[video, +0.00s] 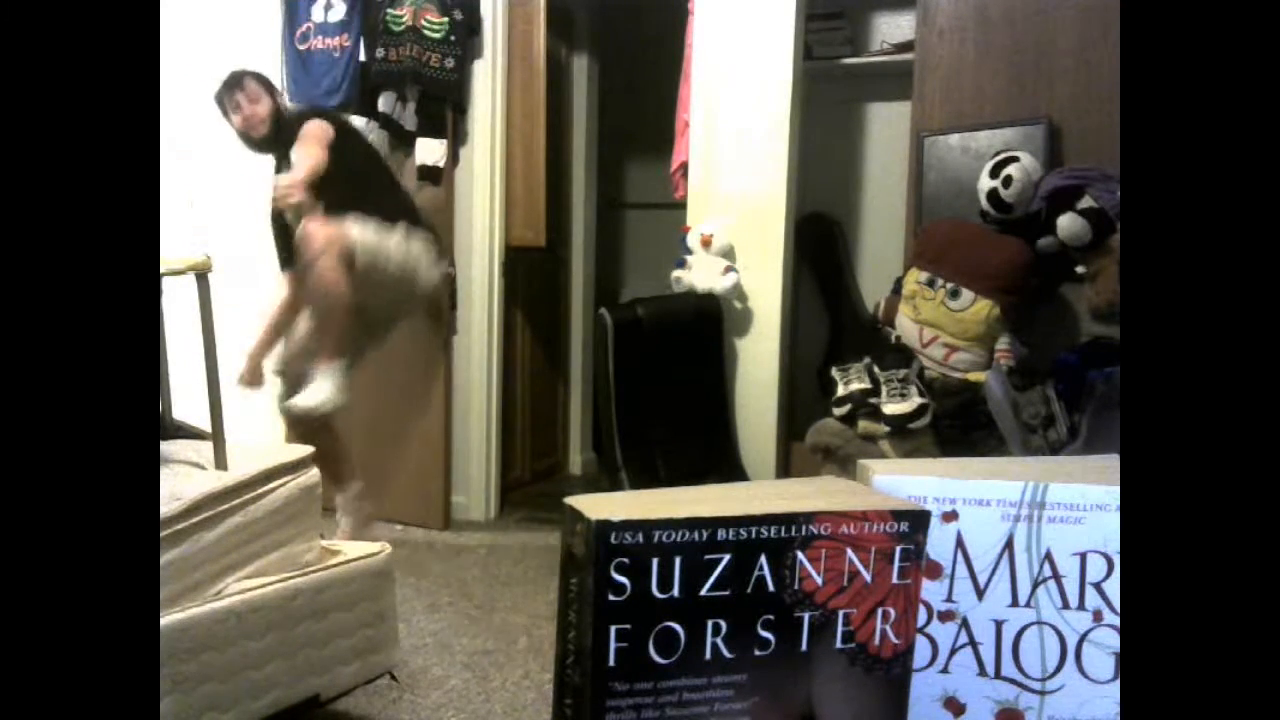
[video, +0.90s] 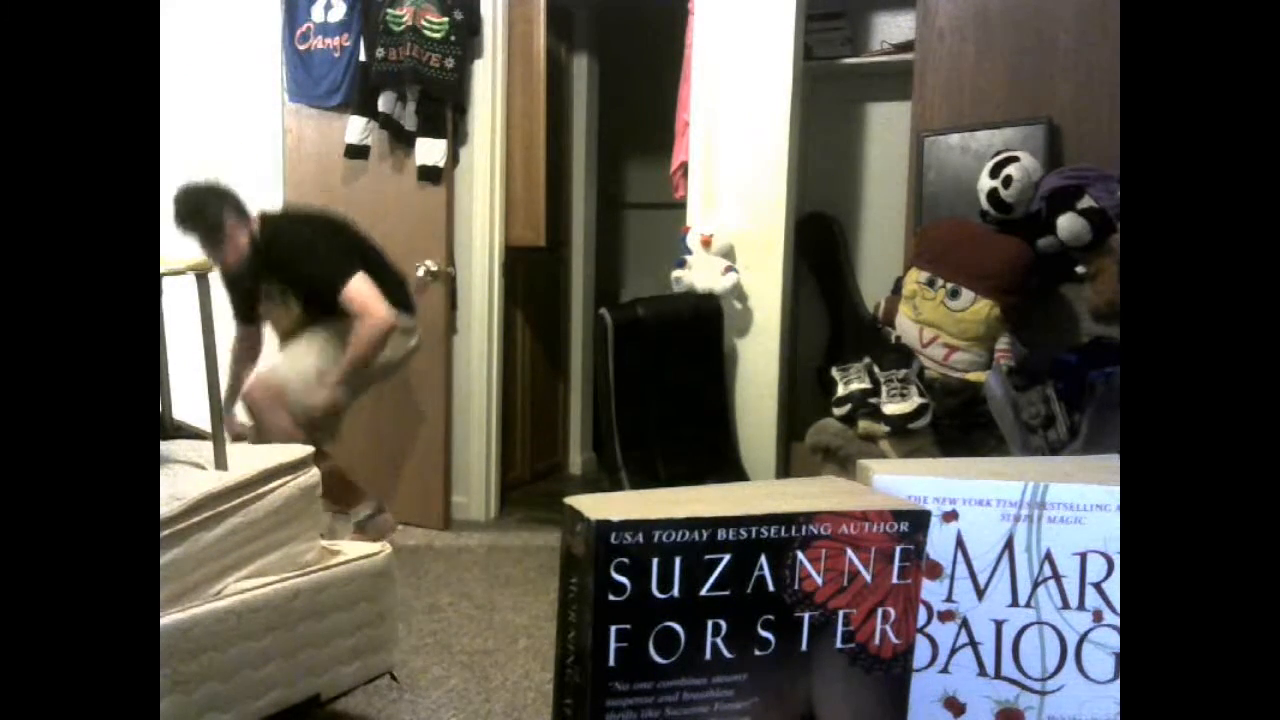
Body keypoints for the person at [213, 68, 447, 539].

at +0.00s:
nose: (245, 114)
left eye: (250, 100)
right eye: (234, 111)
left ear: (272, 96)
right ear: (232, 125)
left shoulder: (312, 123)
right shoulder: (282, 188)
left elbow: (313, 147)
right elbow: (297, 284)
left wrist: (297, 179)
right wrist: (258, 354)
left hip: (412, 260)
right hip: (356, 292)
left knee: (320, 234)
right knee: (296, 387)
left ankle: (329, 369)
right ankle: (350, 500)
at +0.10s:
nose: (256, 134)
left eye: (263, 119)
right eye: (244, 128)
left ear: (285, 117)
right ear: (240, 139)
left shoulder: (317, 144)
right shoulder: (289, 204)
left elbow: (335, 165)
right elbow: (290, 308)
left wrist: (336, 197)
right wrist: (243, 372)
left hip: (398, 295)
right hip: (354, 314)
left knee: (295, 279)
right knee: (304, 426)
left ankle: (288, 407)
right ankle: (367, 514)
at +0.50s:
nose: (237, 146)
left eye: (243, 130)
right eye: (225, 140)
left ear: (266, 127)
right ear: (219, 151)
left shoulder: (305, 150)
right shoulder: (272, 228)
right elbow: (283, 303)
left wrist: (326, 236)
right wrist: (244, 372)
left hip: (397, 293)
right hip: (350, 312)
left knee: (277, 318)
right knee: (305, 421)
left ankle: (295, 421)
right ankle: (369, 512)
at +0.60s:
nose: (224, 160)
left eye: (230, 144)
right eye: (215, 151)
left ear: (252, 135)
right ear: (212, 154)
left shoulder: (294, 167)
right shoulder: (260, 215)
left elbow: (310, 247)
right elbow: (271, 303)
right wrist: (244, 377)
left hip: (398, 285)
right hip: (359, 300)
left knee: (282, 318)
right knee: (283, 411)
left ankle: (303, 431)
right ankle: (359, 501)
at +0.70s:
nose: (214, 178)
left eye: (217, 163)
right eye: (207, 168)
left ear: (240, 149)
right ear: (209, 167)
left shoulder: (301, 185)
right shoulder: (253, 225)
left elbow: (322, 289)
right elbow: (267, 310)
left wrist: (263, 289)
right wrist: (242, 389)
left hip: (399, 288)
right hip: (356, 302)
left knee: (280, 331)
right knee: (290, 412)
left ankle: (303, 429)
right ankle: (371, 513)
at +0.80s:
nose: (221, 232)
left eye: (226, 215)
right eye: (210, 222)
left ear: (246, 198)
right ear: (202, 219)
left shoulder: (297, 222)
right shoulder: (242, 253)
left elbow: (366, 319)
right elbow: (257, 331)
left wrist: (306, 369)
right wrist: (234, 404)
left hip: (392, 311)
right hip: (332, 323)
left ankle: (342, 506)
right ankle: (364, 512)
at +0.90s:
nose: (220, 258)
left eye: (223, 241)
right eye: (210, 247)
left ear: (242, 222)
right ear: (202, 243)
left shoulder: (299, 238)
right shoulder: (237, 269)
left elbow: (379, 316)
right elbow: (248, 341)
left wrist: (337, 386)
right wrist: (228, 406)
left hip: (381, 326)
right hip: (327, 331)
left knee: (264, 394)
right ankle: (363, 508)